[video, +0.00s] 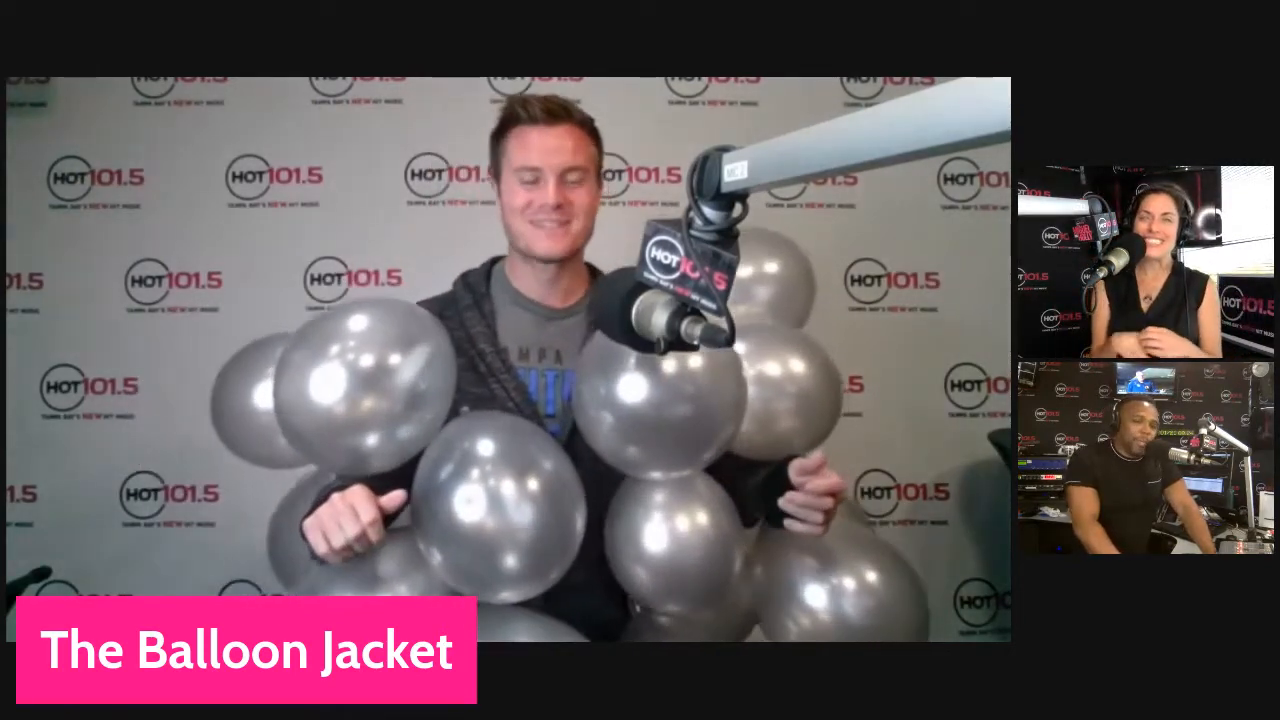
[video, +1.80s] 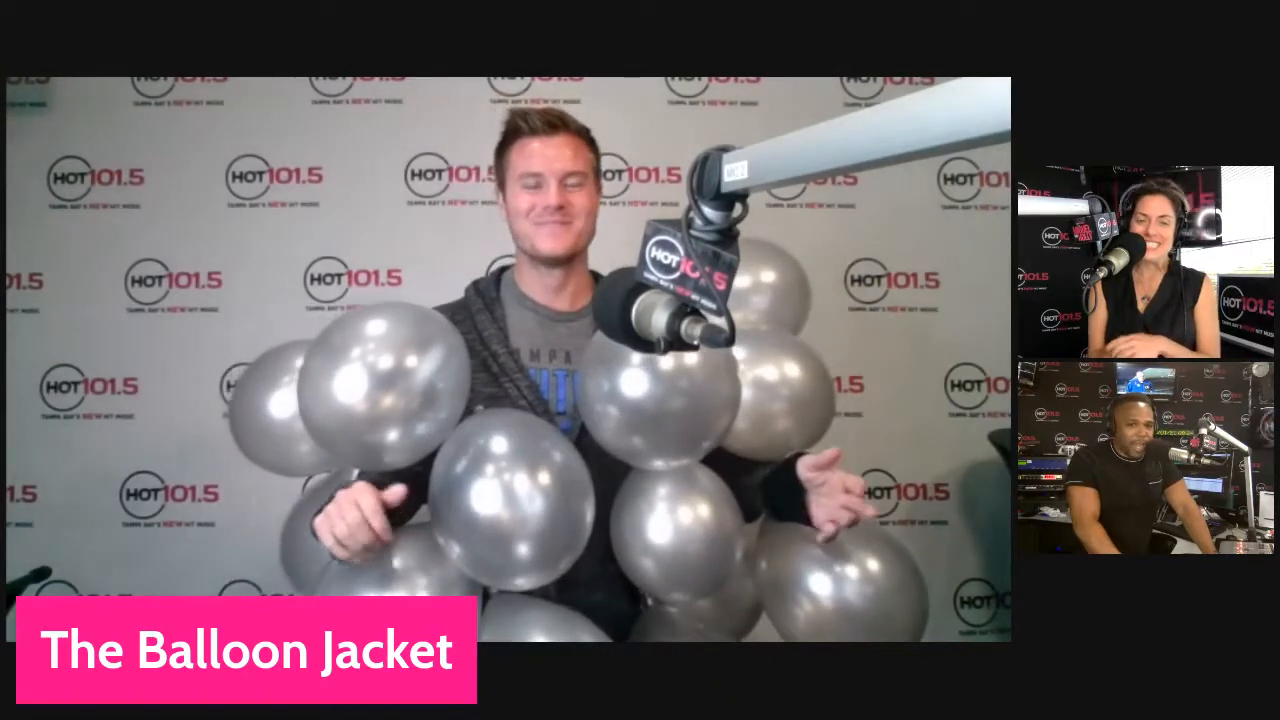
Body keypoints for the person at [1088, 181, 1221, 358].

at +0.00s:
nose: (1153, 227)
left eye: (1166, 219)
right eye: (1144, 217)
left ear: (1181, 228)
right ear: (1131, 223)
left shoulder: (1201, 287)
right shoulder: (1108, 285)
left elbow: (1215, 361)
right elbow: (1096, 356)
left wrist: (1184, 347)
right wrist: (1114, 343)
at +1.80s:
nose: (1150, 231)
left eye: (1163, 222)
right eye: (1141, 220)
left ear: (1177, 230)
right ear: (1127, 224)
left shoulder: (1198, 286)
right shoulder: (1104, 286)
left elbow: (1211, 361)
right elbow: (1094, 355)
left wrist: (1162, 344)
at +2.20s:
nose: (1148, 228)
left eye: (1162, 220)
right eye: (1140, 218)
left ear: (1176, 230)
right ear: (1128, 223)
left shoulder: (1198, 285)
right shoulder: (1104, 285)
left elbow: (1210, 360)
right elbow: (1094, 355)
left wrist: (1163, 345)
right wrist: (1113, 349)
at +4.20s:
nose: (1140, 228)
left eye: (1152, 218)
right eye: (1130, 220)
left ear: (1168, 225)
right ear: (1120, 228)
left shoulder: (1197, 287)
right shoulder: (1101, 289)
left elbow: (1210, 364)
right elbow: (1094, 359)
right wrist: (1136, 356)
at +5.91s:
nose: (1140, 228)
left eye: (1152, 218)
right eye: (1130, 220)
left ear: (1168, 223)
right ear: (1120, 227)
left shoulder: (1196, 288)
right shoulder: (1101, 289)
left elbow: (1209, 367)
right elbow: (1093, 359)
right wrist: (1138, 357)